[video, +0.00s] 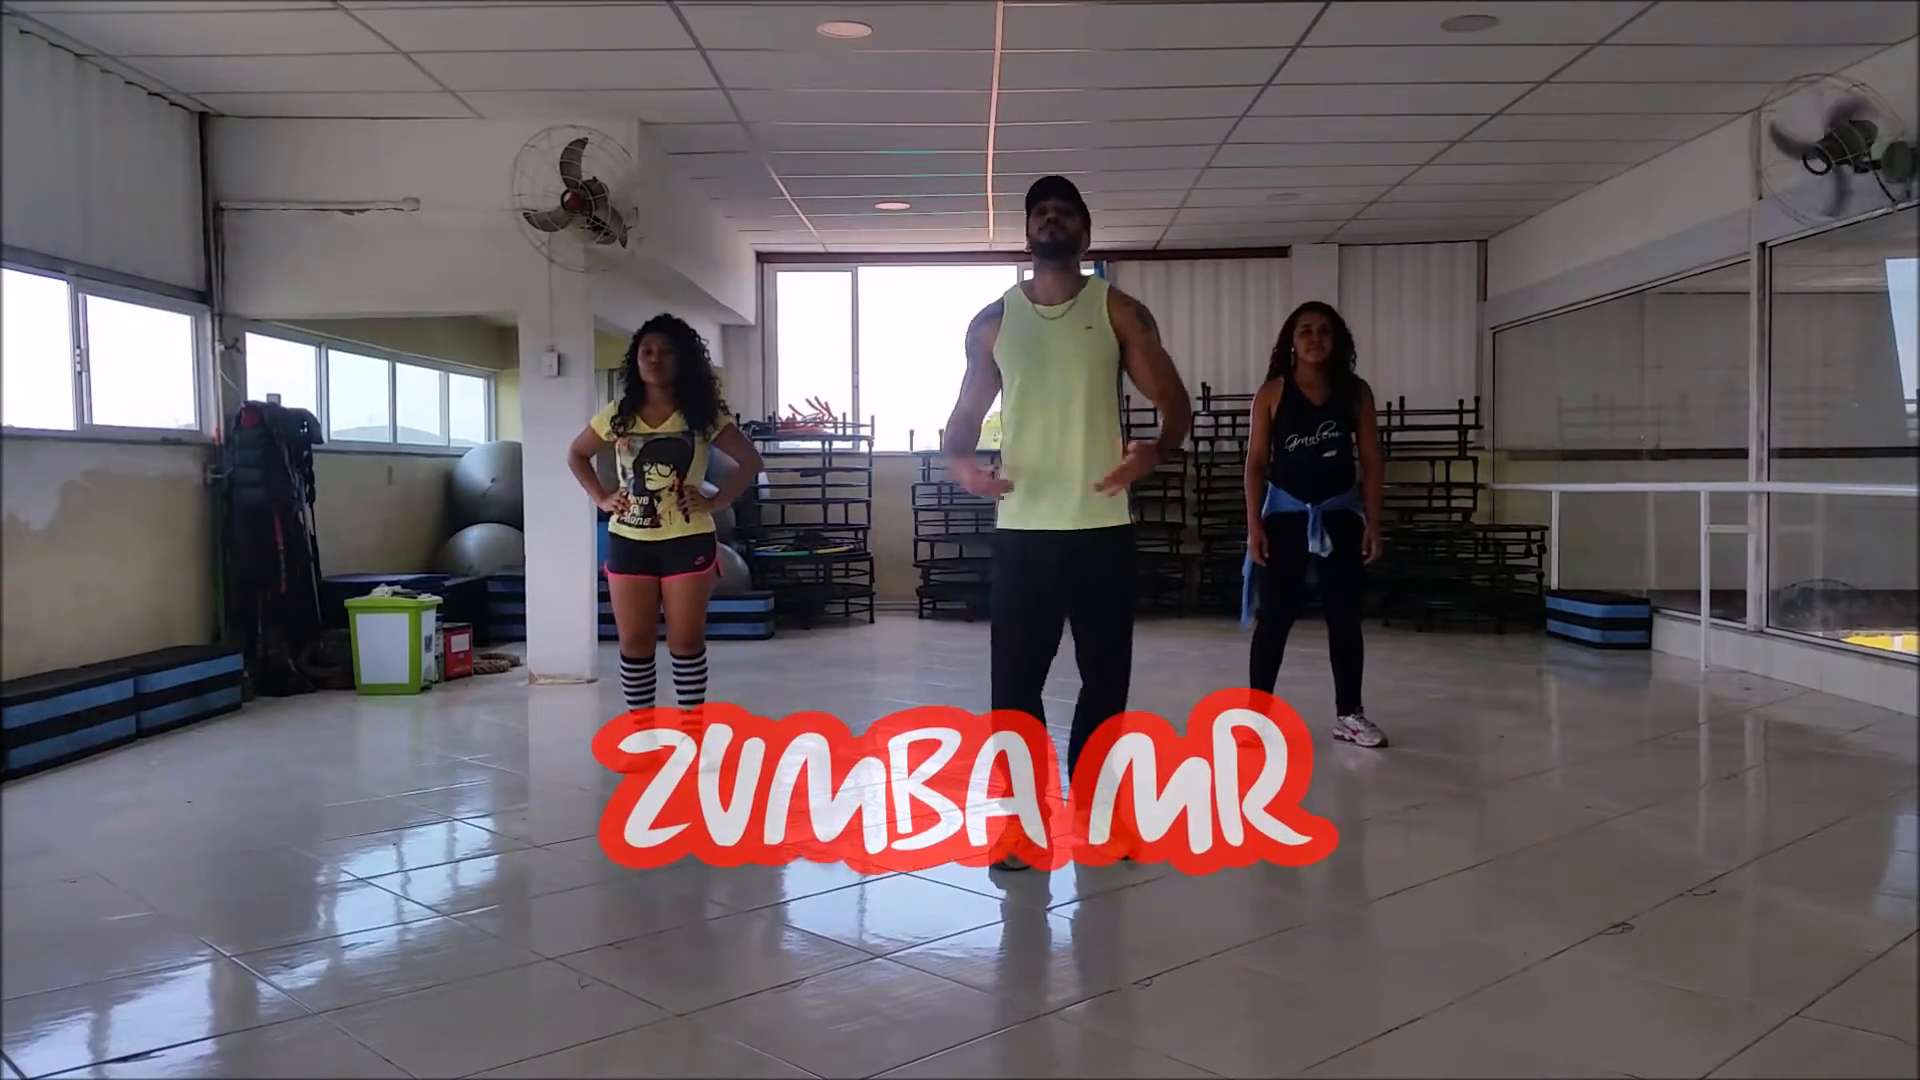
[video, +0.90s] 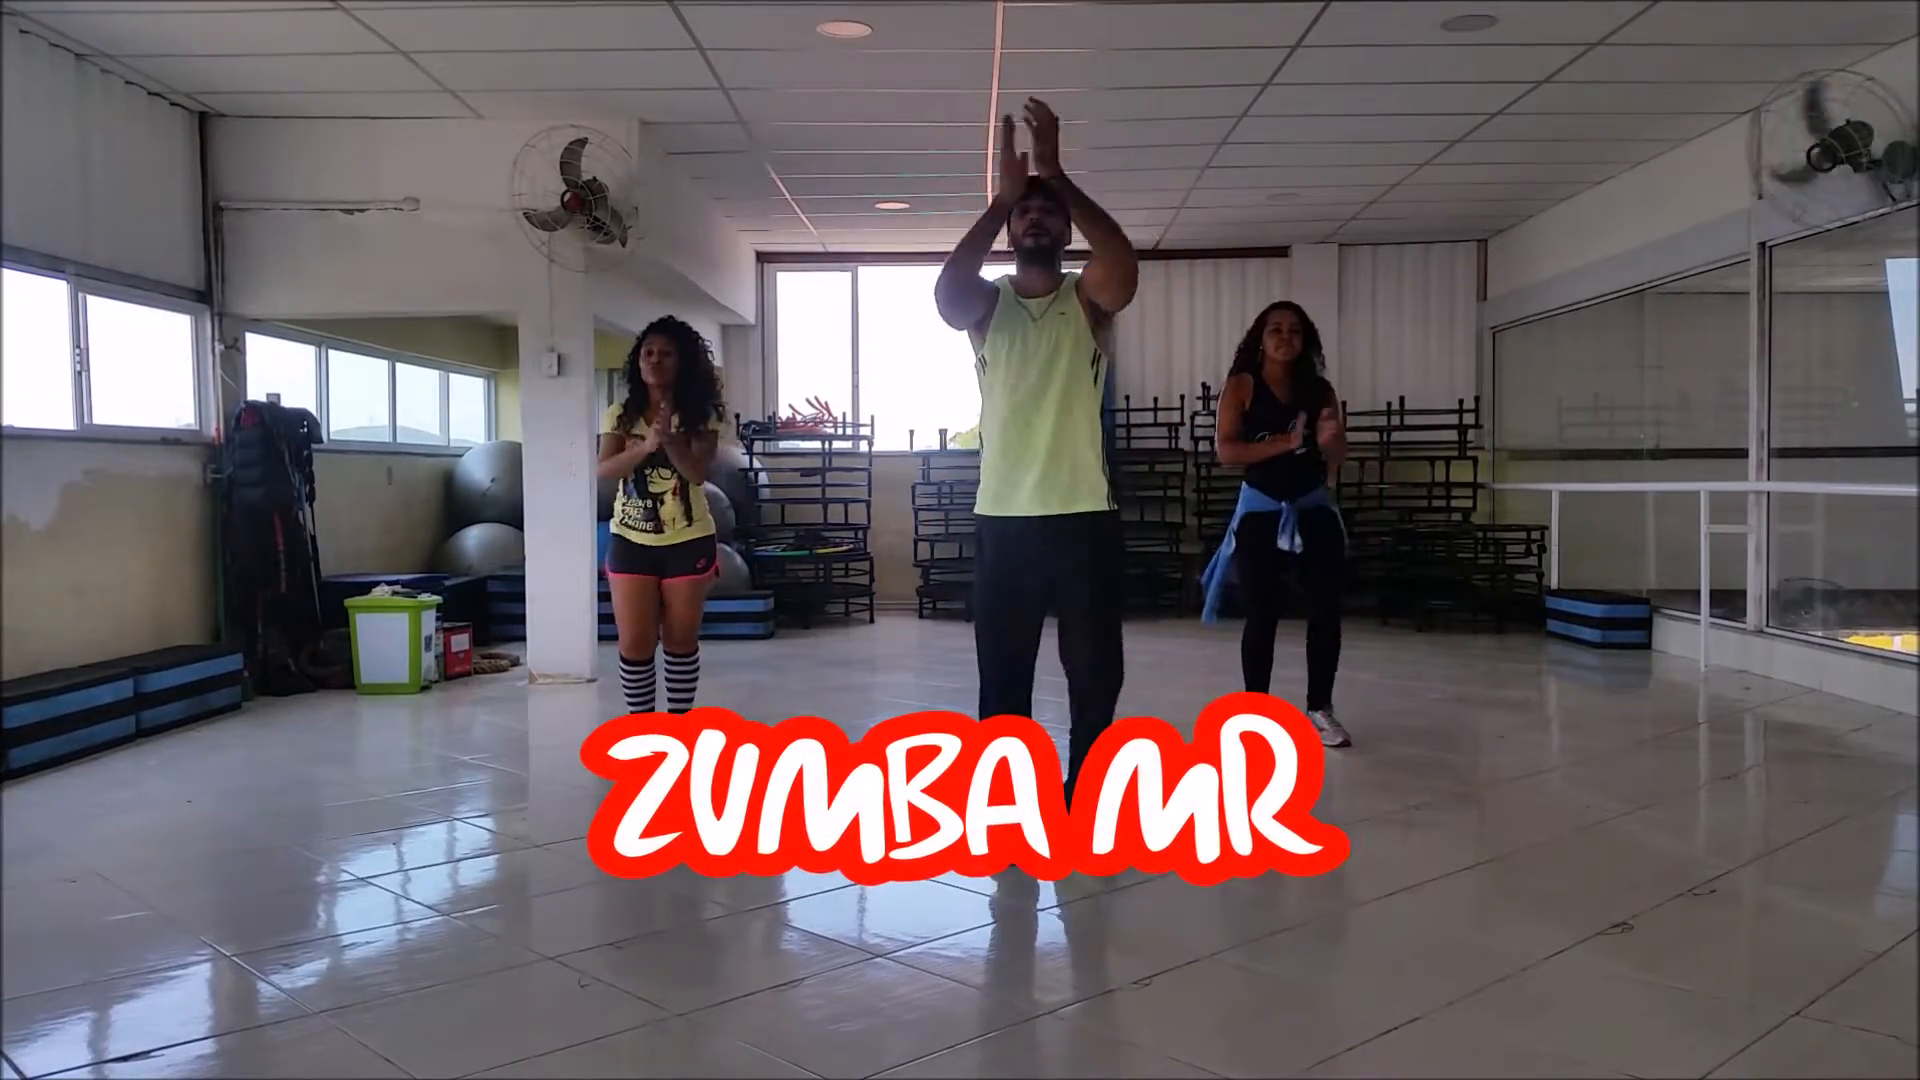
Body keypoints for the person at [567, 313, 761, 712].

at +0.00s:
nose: (653, 358)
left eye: (664, 351)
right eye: (646, 350)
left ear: (682, 360)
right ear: (635, 359)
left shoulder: (702, 413)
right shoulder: (619, 412)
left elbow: (751, 462)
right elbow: (577, 454)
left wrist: (714, 503)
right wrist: (601, 496)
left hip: (688, 542)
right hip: (629, 544)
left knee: (686, 644)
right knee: (634, 647)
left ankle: (692, 736)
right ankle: (642, 738)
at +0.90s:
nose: (654, 360)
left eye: (665, 353)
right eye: (647, 352)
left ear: (683, 363)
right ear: (638, 361)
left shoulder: (700, 414)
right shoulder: (621, 414)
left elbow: (698, 473)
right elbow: (604, 469)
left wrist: (670, 440)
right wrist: (646, 446)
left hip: (688, 541)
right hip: (630, 541)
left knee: (681, 643)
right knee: (634, 646)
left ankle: (680, 733)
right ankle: (641, 734)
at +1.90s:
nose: (654, 357)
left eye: (665, 350)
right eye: (647, 348)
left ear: (683, 359)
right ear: (636, 356)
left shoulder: (697, 403)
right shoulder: (620, 401)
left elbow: (712, 341)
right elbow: (589, 346)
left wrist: (672, 285)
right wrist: (635, 300)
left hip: (688, 539)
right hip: (630, 540)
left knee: (682, 648)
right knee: (639, 648)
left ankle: (684, 735)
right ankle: (646, 738)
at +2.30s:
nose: (657, 358)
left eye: (667, 351)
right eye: (650, 351)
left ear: (683, 358)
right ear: (638, 357)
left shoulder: (697, 403)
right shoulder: (622, 401)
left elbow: (706, 340)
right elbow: (596, 344)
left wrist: (672, 285)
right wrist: (638, 292)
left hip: (687, 537)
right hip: (630, 536)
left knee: (682, 647)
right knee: (639, 648)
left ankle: (689, 737)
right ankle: (647, 739)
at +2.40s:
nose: (659, 358)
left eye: (670, 351)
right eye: (652, 349)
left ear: (688, 357)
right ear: (640, 356)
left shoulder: (702, 403)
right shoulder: (626, 401)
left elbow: (715, 337)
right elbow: (593, 343)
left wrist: (676, 280)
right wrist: (636, 288)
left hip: (691, 541)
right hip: (633, 540)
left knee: (687, 644)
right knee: (635, 646)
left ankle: (690, 732)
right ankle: (646, 735)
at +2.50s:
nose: (663, 359)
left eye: (674, 352)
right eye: (655, 351)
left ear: (692, 360)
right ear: (644, 358)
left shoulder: (707, 405)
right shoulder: (627, 401)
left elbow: (728, 342)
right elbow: (587, 348)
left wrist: (701, 280)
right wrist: (601, 282)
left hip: (695, 542)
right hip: (638, 540)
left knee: (690, 645)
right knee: (628, 638)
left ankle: (690, 731)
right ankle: (645, 726)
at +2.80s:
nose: (661, 364)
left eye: (671, 357)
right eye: (653, 356)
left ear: (687, 362)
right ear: (643, 360)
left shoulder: (704, 406)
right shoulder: (627, 405)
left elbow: (707, 341)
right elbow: (602, 347)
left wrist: (668, 290)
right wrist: (651, 301)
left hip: (693, 541)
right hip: (635, 541)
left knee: (688, 649)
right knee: (639, 651)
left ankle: (691, 741)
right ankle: (651, 741)